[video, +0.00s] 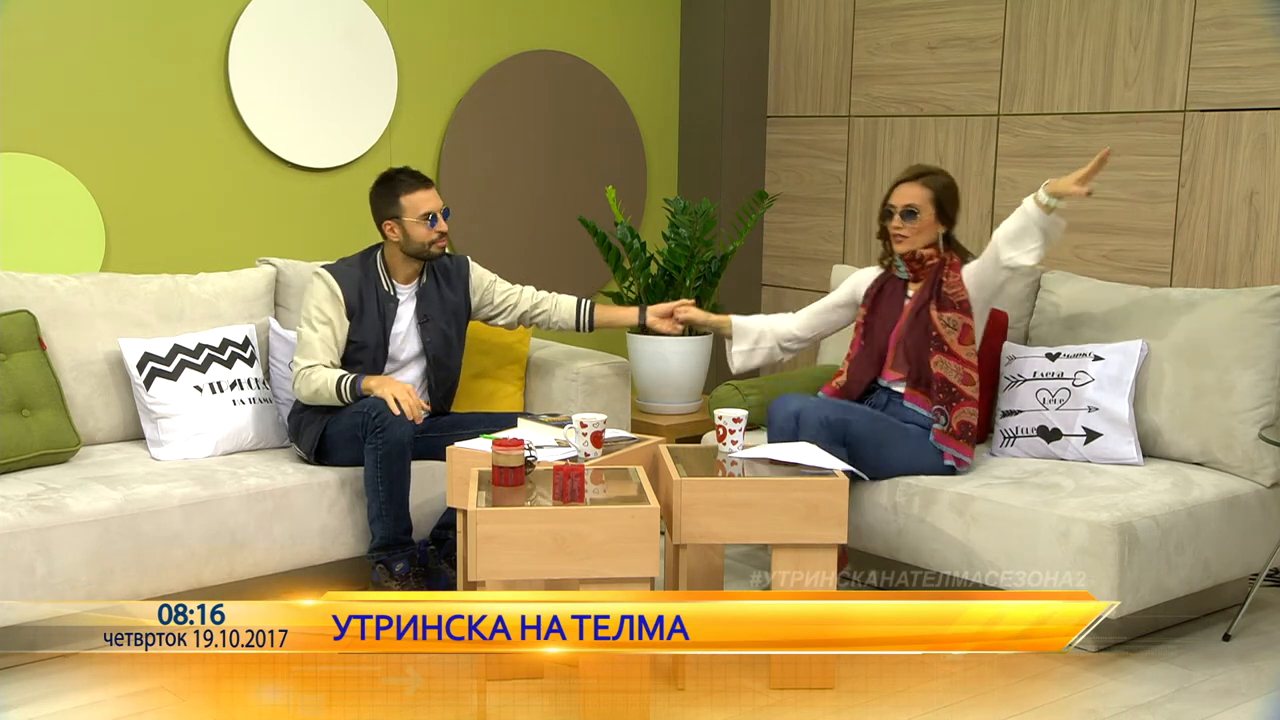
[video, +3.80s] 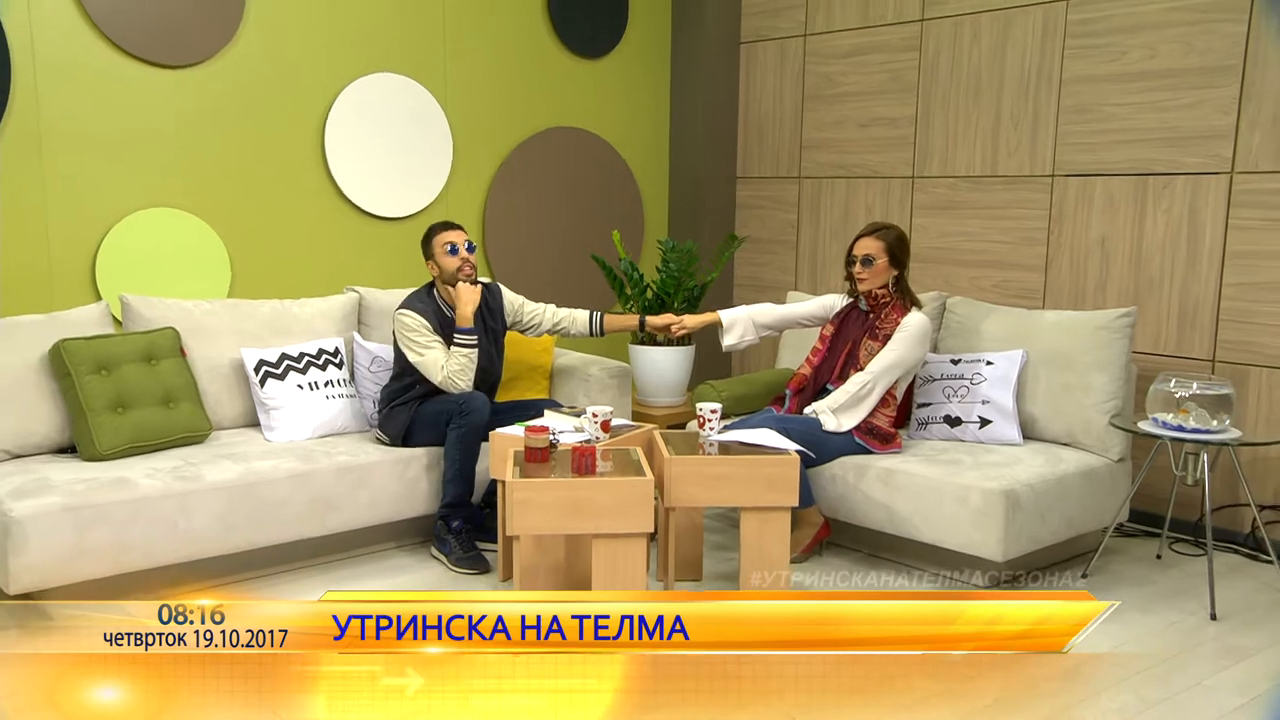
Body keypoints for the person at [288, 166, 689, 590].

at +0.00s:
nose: (443, 229)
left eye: (443, 216)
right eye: (428, 220)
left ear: (445, 216)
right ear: (389, 230)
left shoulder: (458, 276)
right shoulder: (336, 284)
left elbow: (539, 306)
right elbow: (308, 379)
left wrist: (641, 315)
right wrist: (370, 382)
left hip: (419, 420)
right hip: (333, 424)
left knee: (521, 431)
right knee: (390, 411)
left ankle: (441, 552)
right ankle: (392, 561)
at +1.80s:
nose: (431, 281)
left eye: (441, 270)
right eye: (420, 271)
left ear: (450, 259)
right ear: (398, 260)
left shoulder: (470, 295)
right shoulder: (361, 307)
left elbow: (544, 318)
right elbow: (318, 387)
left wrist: (638, 320)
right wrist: (371, 394)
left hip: (440, 426)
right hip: (367, 428)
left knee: (527, 420)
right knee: (411, 427)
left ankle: (464, 548)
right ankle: (425, 557)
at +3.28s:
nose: (457, 262)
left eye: (464, 253)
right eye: (445, 254)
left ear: (471, 258)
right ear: (424, 263)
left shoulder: (490, 302)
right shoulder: (392, 312)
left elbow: (559, 323)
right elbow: (360, 390)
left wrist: (643, 325)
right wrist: (396, 381)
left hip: (463, 419)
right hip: (393, 422)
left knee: (546, 416)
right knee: (443, 408)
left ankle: (483, 524)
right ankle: (442, 537)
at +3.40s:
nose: (456, 260)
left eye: (463, 251)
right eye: (444, 252)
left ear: (470, 257)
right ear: (424, 261)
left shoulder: (489, 301)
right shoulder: (394, 312)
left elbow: (556, 323)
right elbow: (382, 393)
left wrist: (642, 325)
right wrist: (416, 350)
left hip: (464, 418)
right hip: (394, 421)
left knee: (547, 415)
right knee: (444, 406)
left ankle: (485, 521)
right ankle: (443, 534)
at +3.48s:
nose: (455, 258)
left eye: (462, 250)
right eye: (443, 251)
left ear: (469, 255)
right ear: (424, 259)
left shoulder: (488, 299)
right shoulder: (398, 310)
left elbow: (555, 322)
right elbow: (410, 383)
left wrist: (642, 326)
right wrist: (433, 320)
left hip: (465, 416)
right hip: (398, 419)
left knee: (548, 415)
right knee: (446, 406)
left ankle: (486, 520)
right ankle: (445, 533)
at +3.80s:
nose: (465, 256)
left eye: (469, 248)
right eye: (452, 250)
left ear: (476, 256)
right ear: (431, 266)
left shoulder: (493, 296)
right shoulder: (411, 316)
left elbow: (558, 319)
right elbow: (457, 382)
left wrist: (643, 322)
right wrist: (464, 317)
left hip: (471, 412)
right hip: (409, 416)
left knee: (555, 414)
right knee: (474, 403)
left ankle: (488, 515)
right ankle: (451, 527)